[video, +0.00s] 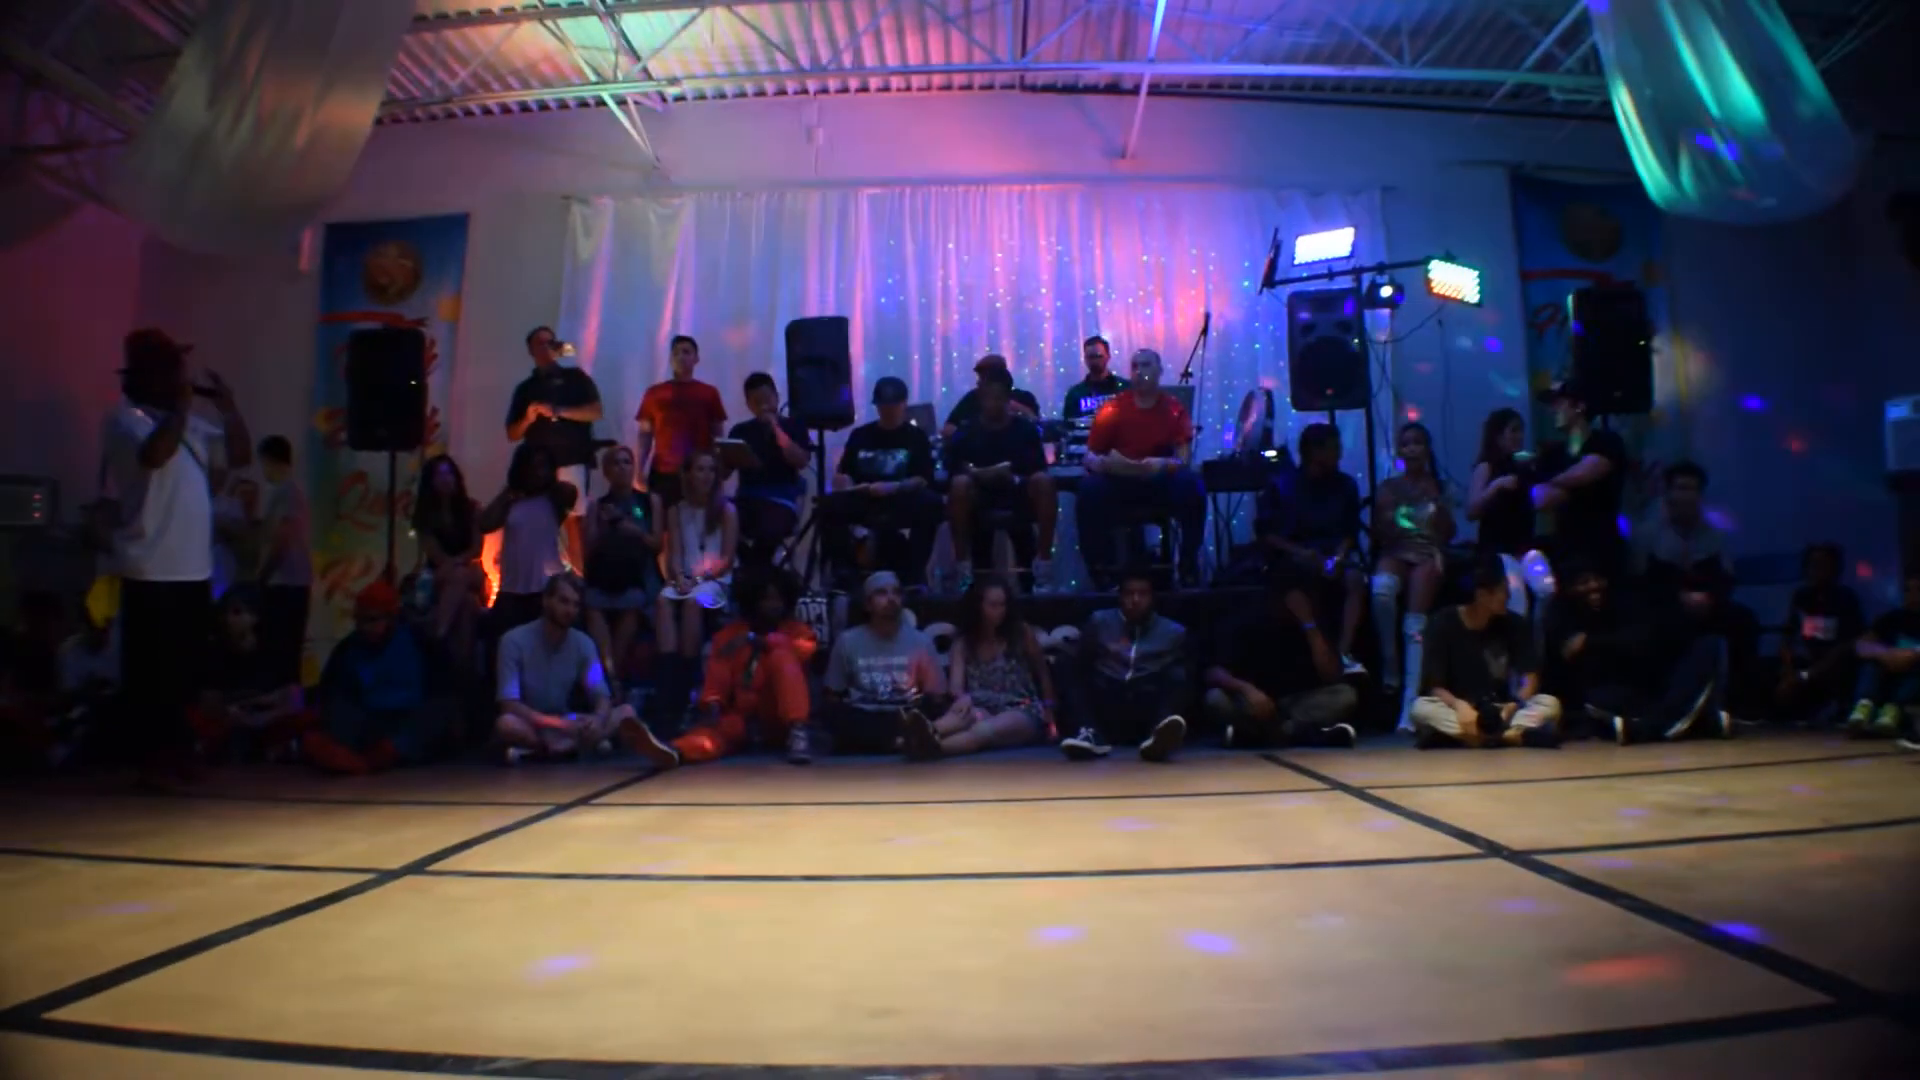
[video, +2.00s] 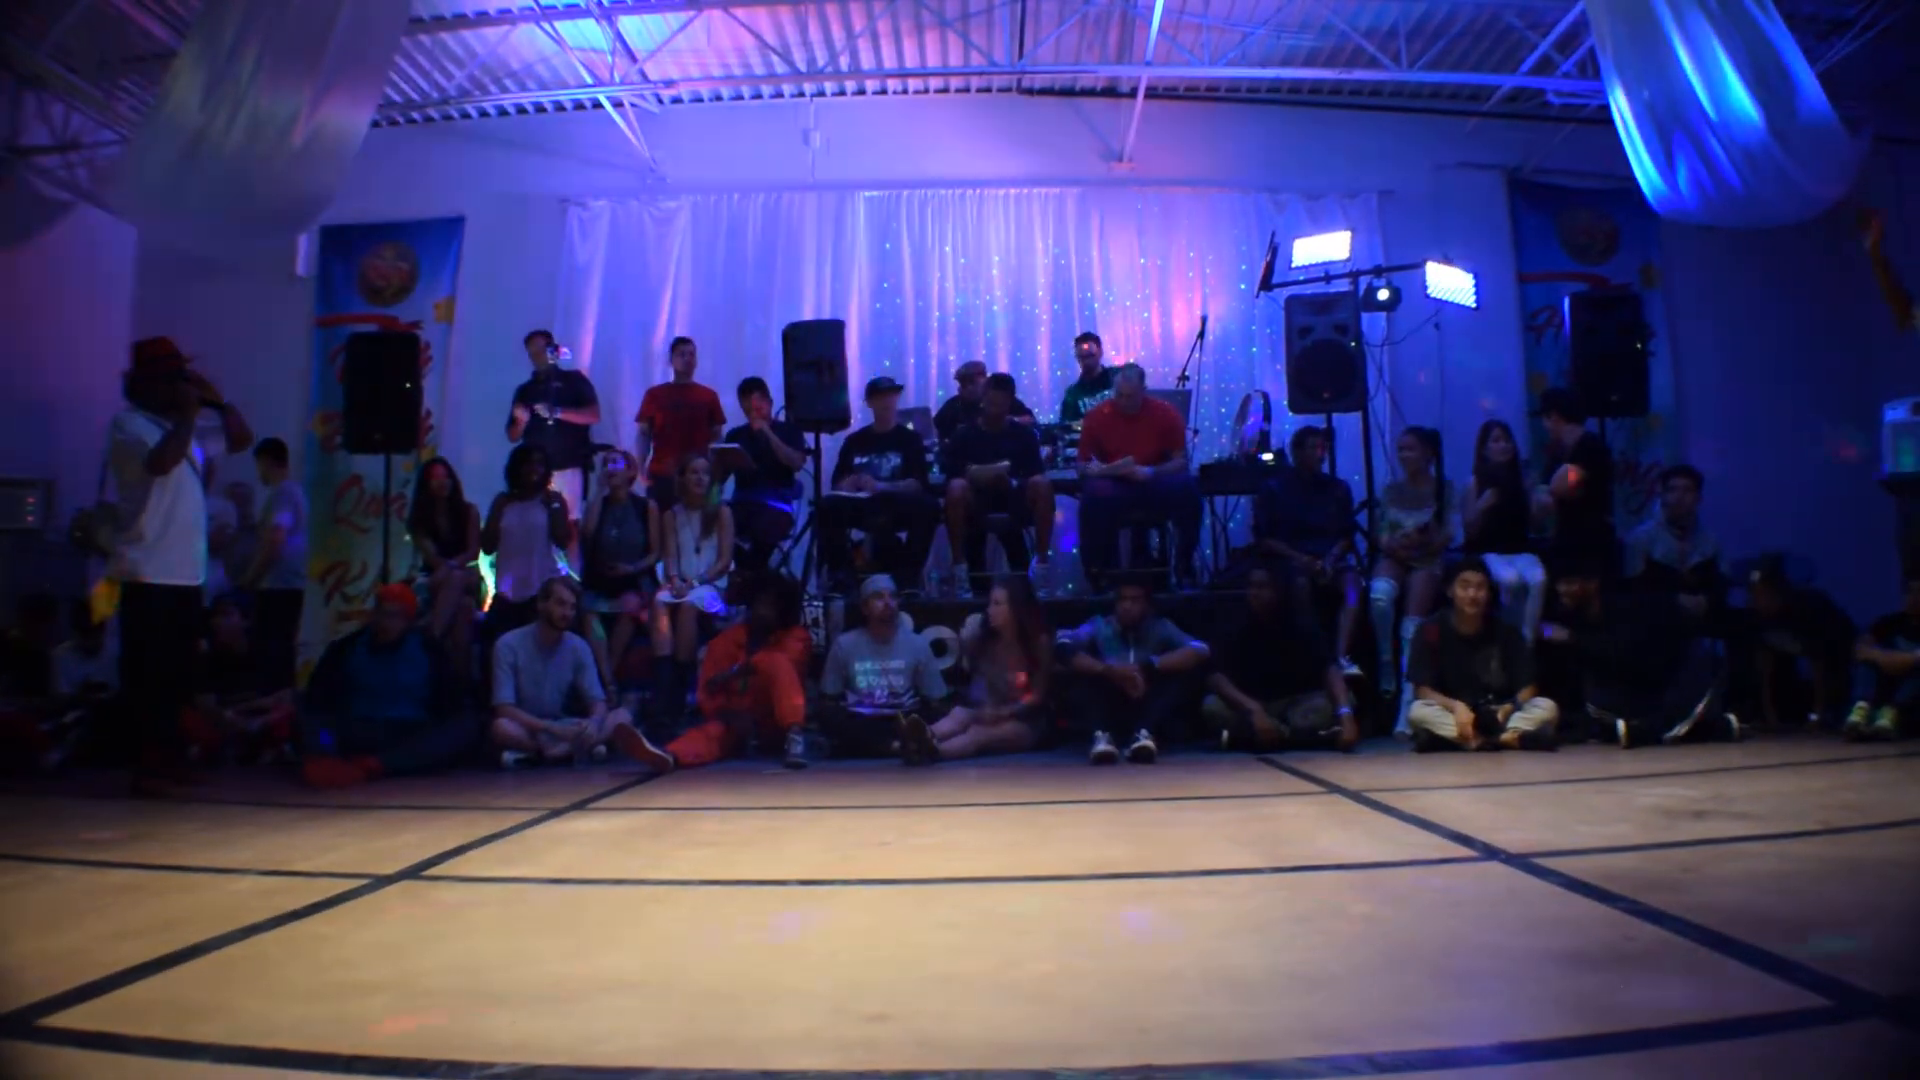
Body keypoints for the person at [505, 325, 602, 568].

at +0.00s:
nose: (547, 348)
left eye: (550, 343)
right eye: (540, 344)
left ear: (558, 347)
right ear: (531, 351)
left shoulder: (577, 377)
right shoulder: (525, 388)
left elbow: (595, 412)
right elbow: (513, 433)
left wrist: (559, 412)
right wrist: (528, 419)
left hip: (572, 459)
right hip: (538, 461)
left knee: (574, 520)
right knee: (536, 517)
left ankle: (579, 574)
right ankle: (538, 575)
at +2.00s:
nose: (539, 356)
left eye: (543, 349)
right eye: (533, 351)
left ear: (553, 350)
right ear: (529, 356)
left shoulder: (575, 379)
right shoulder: (525, 389)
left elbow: (593, 415)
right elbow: (513, 435)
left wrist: (557, 413)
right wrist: (520, 422)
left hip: (569, 463)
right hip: (537, 466)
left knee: (570, 524)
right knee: (536, 523)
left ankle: (573, 576)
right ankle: (539, 578)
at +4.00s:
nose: (548, 351)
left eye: (552, 346)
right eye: (542, 346)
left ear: (558, 351)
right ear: (531, 351)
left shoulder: (573, 379)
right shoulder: (523, 389)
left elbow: (592, 415)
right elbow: (510, 435)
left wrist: (556, 414)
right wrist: (523, 422)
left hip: (568, 464)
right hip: (534, 467)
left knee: (567, 524)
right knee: (534, 523)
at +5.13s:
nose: (549, 350)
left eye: (553, 346)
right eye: (543, 346)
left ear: (559, 351)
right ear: (531, 351)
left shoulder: (573, 379)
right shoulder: (523, 389)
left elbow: (592, 414)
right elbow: (510, 435)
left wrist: (556, 413)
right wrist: (524, 420)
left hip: (568, 463)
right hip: (535, 465)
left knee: (569, 524)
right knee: (536, 522)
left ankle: (572, 577)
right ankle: (539, 580)